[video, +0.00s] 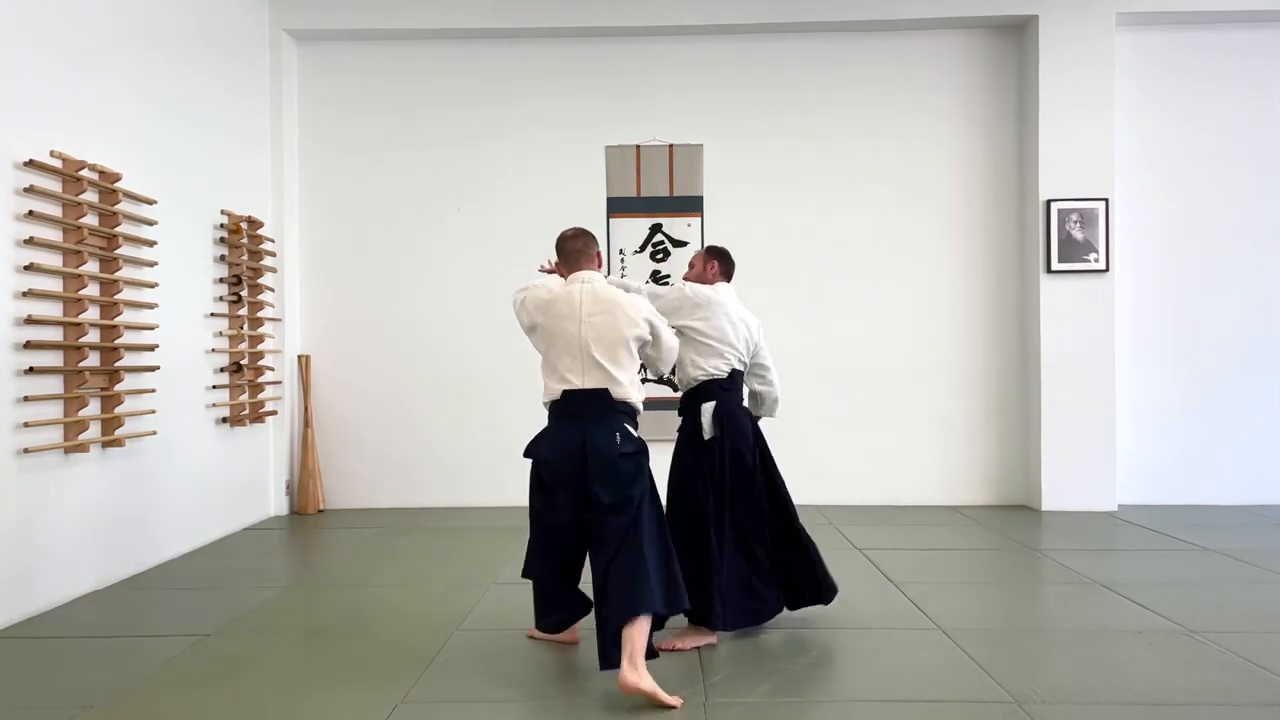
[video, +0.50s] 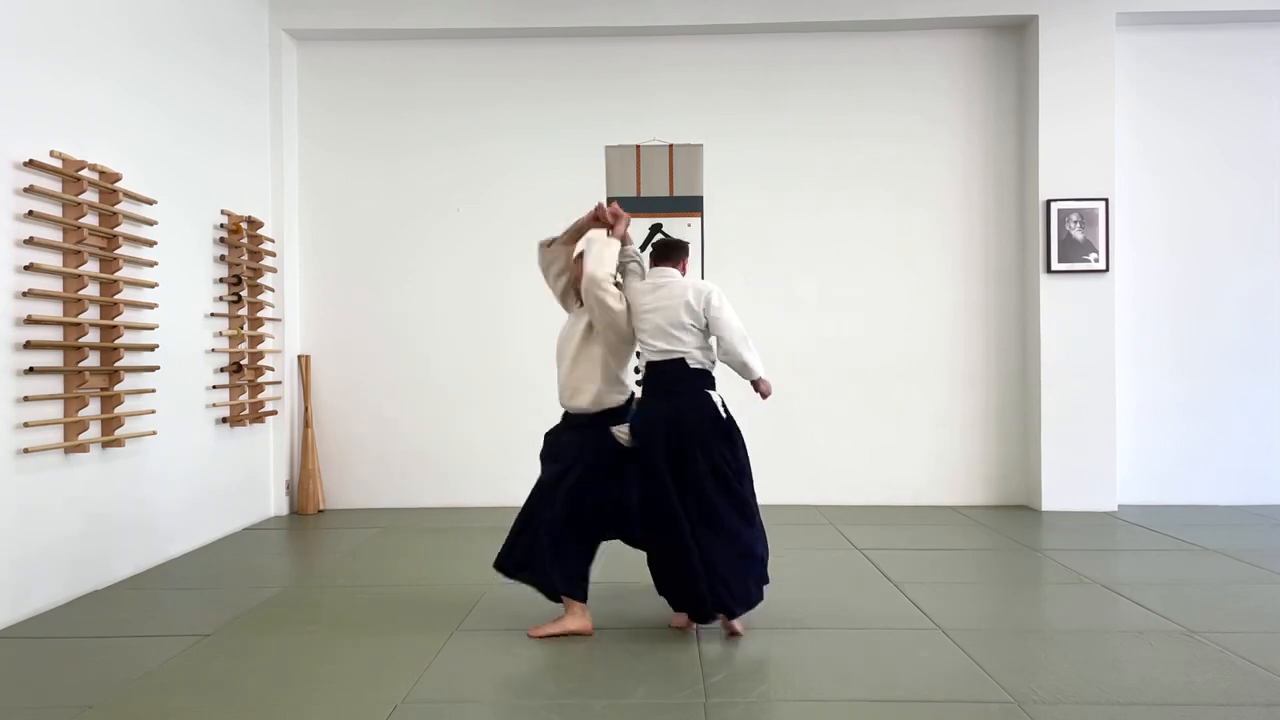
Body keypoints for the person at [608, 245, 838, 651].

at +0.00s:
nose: (685, 273)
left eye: (691, 265)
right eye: (688, 265)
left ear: (712, 269)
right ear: (723, 274)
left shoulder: (692, 296)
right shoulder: (745, 317)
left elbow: (633, 291)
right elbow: (766, 389)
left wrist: (574, 276)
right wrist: (751, 414)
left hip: (705, 421)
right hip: (737, 421)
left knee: (692, 515)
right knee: (728, 514)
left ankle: (703, 624)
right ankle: (733, 605)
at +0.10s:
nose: (685, 274)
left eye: (691, 266)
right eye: (688, 266)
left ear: (711, 270)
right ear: (720, 272)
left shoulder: (695, 297)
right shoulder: (746, 315)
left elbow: (642, 294)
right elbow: (765, 384)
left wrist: (600, 276)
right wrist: (749, 412)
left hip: (707, 416)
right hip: (741, 418)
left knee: (689, 512)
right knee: (737, 510)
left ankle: (699, 619)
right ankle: (747, 604)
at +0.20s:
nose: (677, 281)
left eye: (681, 274)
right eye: (679, 274)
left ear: (696, 274)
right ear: (715, 278)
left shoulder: (680, 303)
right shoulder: (741, 317)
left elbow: (631, 298)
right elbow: (767, 384)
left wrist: (601, 271)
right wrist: (748, 414)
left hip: (703, 420)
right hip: (739, 421)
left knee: (688, 514)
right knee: (742, 512)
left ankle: (693, 617)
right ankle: (753, 609)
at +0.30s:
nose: (668, 280)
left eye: (669, 274)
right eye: (669, 275)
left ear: (677, 273)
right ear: (706, 276)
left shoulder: (661, 303)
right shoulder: (732, 314)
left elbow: (614, 286)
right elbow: (765, 378)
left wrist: (597, 245)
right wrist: (760, 414)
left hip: (688, 419)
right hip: (732, 418)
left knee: (687, 514)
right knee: (740, 512)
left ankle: (691, 616)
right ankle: (744, 612)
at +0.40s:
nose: (661, 275)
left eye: (661, 270)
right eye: (669, 271)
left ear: (662, 272)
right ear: (696, 271)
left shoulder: (648, 302)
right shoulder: (720, 304)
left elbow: (621, 272)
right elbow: (748, 356)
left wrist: (611, 230)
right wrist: (763, 391)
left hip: (669, 413)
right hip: (714, 411)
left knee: (677, 506)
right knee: (730, 502)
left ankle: (687, 614)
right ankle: (741, 603)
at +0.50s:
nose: (686, 268)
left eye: (678, 262)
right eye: (687, 262)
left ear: (649, 263)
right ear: (685, 263)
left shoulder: (639, 293)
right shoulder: (702, 292)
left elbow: (633, 273)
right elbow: (729, 341)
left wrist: (623, 240)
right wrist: (755, 376)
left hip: (652, 404)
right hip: (698, 402)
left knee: (668, 502)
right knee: (719, 498)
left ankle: (682, 606)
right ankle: (729, 604)